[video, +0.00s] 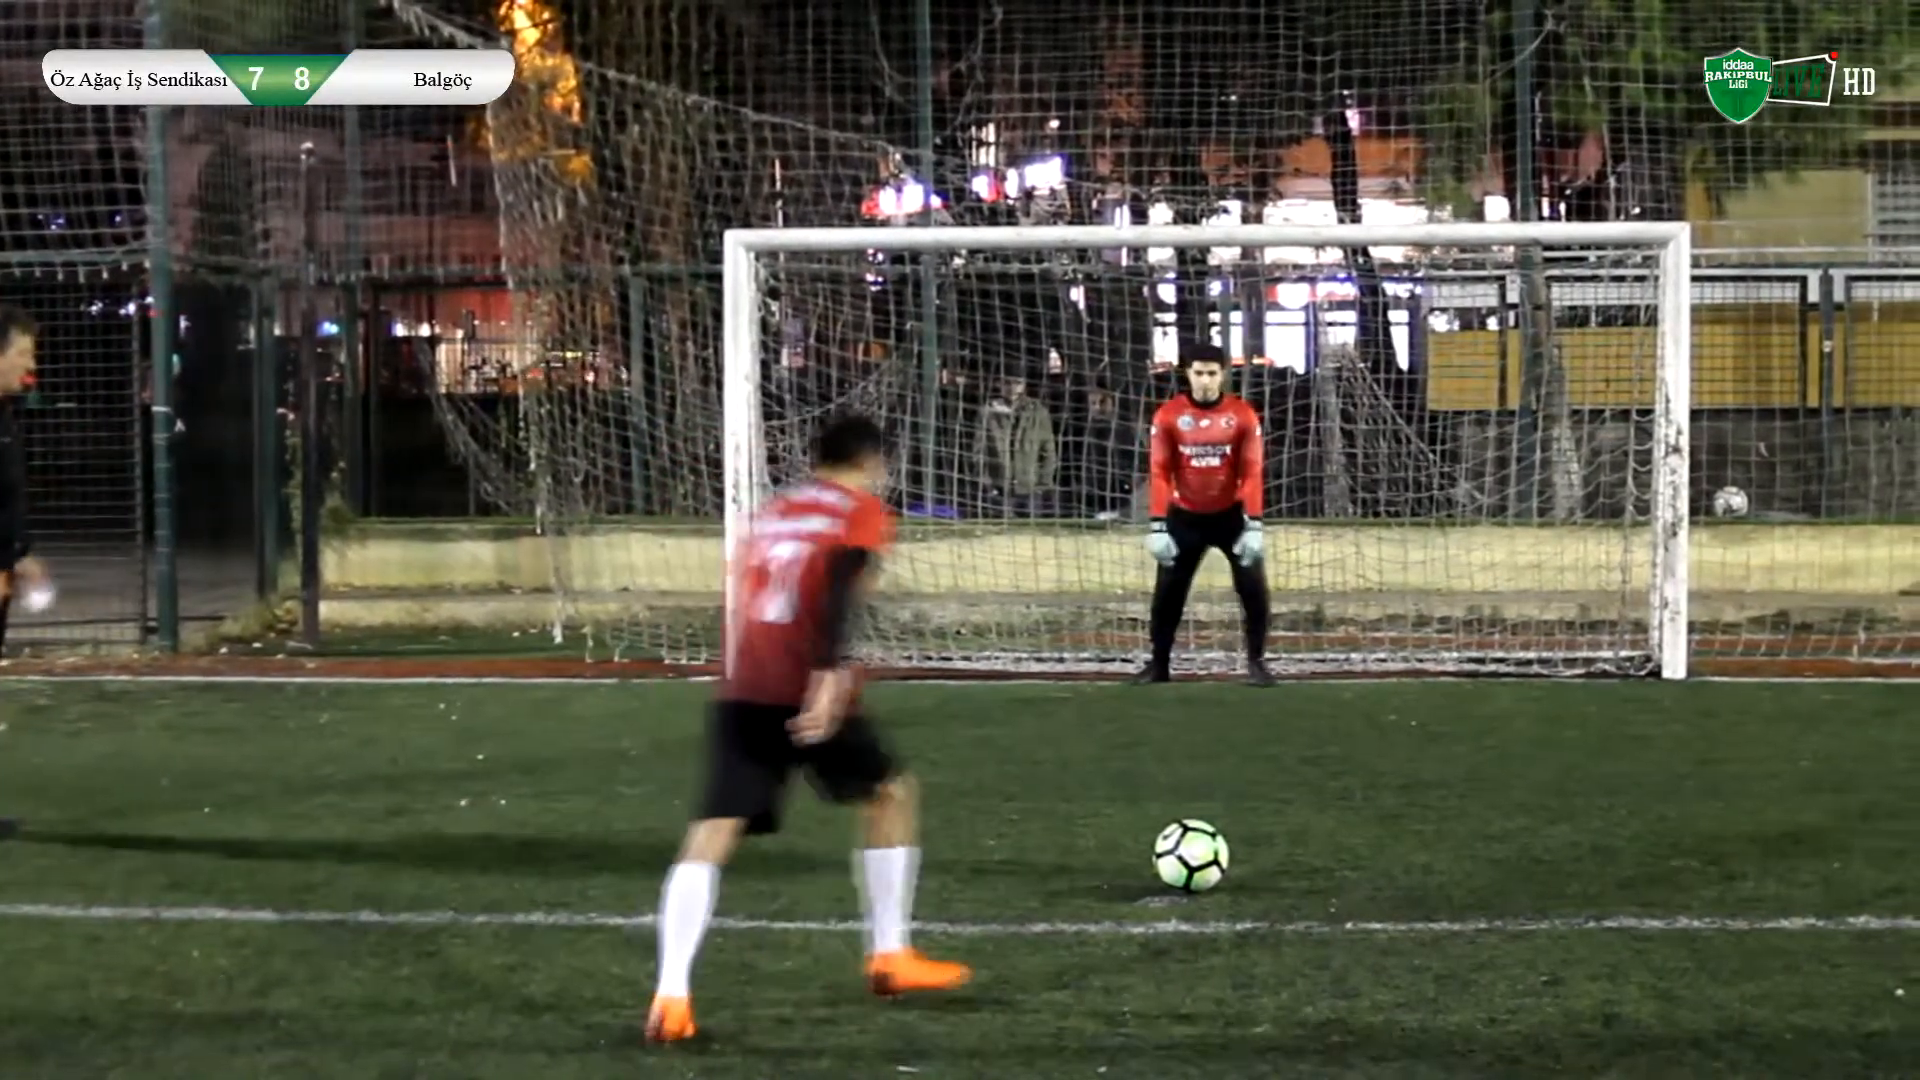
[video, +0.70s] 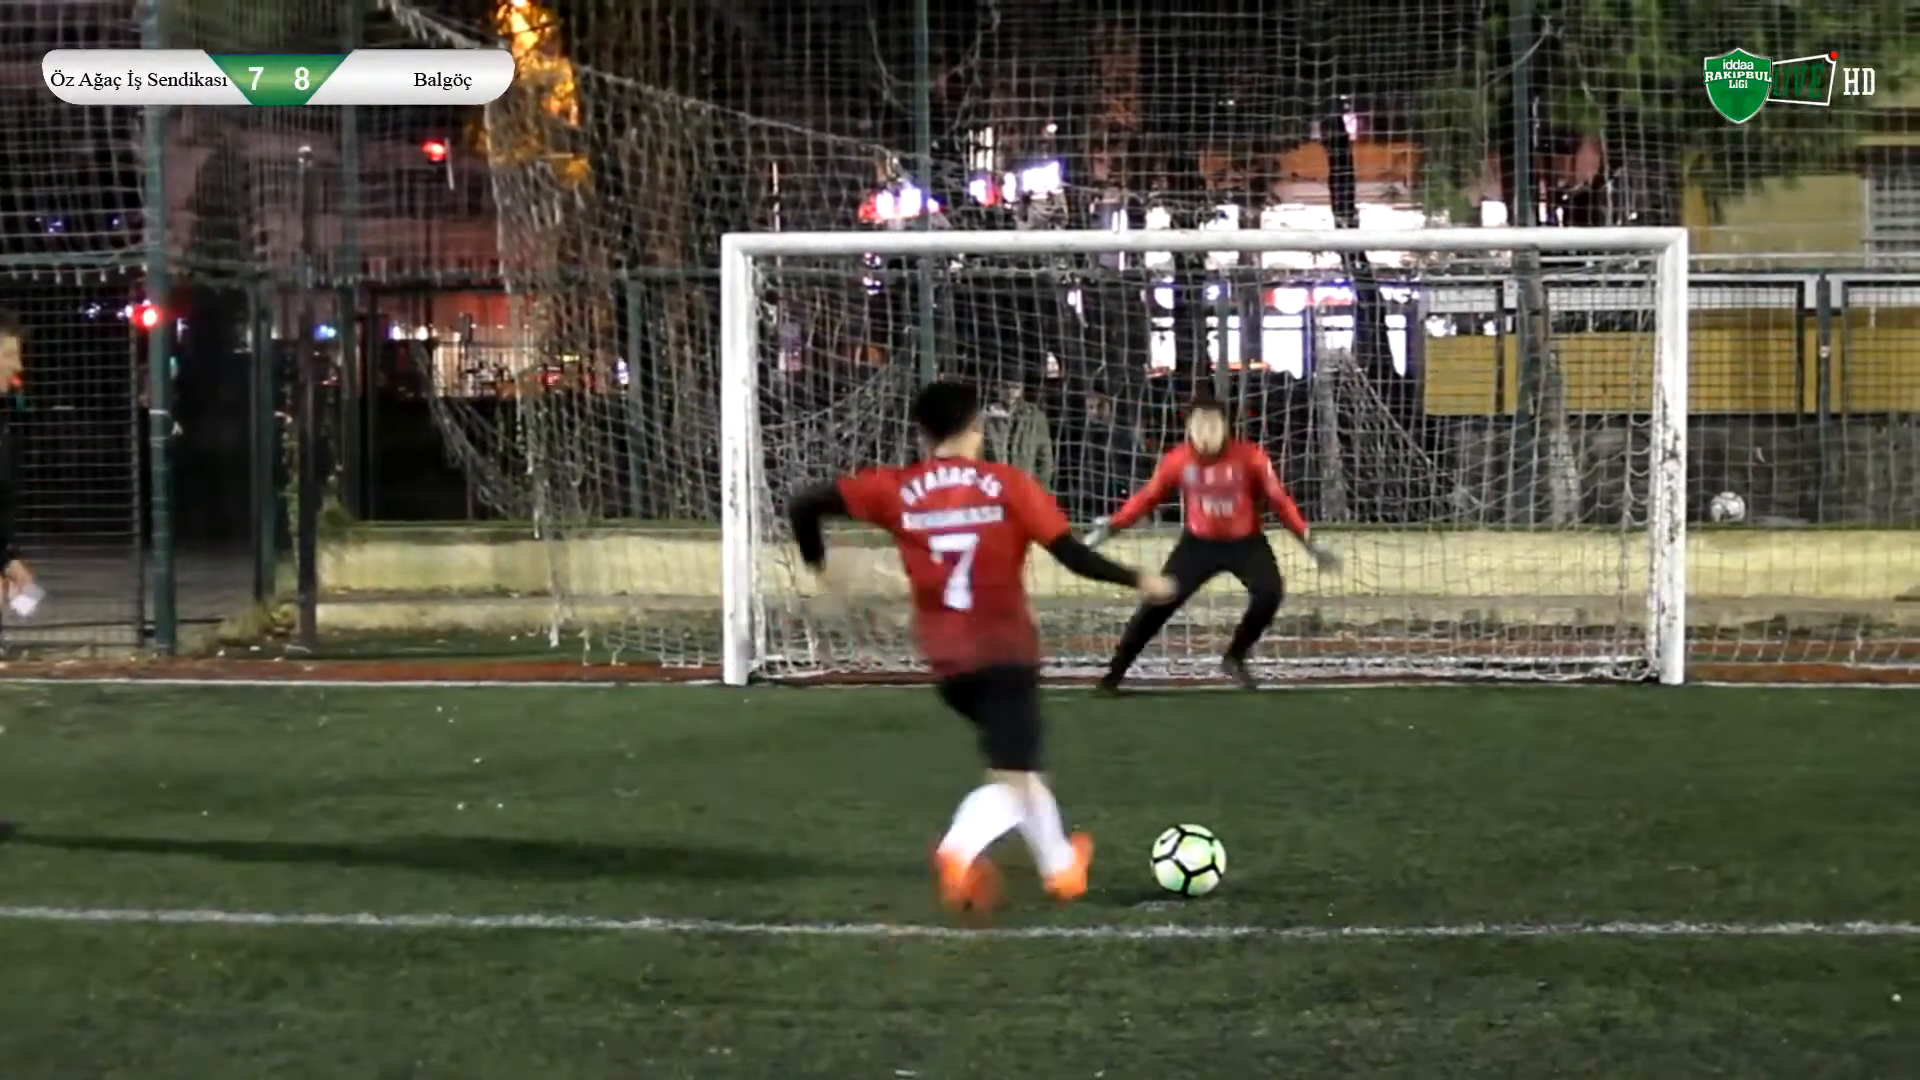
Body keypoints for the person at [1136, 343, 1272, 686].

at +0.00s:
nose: (1205, 381)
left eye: (1212, 374)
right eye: (1198, 374)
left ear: (1223, 375)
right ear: (1187, 375)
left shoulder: (1243, 415)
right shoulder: (1168, 415)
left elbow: (1252, 472)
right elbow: (1158, 472)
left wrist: (1253, 521)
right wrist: (1157, 523)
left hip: (1231, 516)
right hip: (1185, 516)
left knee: (1255, 589)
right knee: (1167, 593)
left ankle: (1256, 660)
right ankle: (1159, 664)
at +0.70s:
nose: (1205, 433)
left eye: (1212, 425)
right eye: (1198, 425)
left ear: (1225, 427)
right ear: (1189, 428)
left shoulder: (1250, 458)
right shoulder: (1179, 461)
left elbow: (1279, 500)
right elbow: (1148, 496)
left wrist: (1309, 540)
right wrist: (1112, 524)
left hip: (1246, 546)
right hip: (1199, 546)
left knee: (1270, 593)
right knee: (1160, 602)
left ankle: (1235, 657)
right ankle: (1114, 674)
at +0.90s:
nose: (1217, 488)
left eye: (1224, 479)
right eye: (1210, 480)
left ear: (1237, 482)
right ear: (1199, 484)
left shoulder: (1255, 512)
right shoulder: (1188, 512)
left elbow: (1283, 539)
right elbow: (1157, 543)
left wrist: (1300, 564)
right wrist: (1123, 566)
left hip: (1247, 585)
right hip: (1201, 581)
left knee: (1278, 608)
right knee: (1154, 620)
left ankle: (1248, 680)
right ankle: (1104, 681)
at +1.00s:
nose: (1235, 495)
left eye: (1245, 488)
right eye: (1229, 486)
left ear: (1259, 495)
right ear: (1219, 489)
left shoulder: (1270, 524)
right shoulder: (1203, 520)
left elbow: (1296, 555)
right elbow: (1179, 548)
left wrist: (1313, 576)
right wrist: (1149, 564)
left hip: (1254, 601)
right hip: (1209, 595)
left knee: (1283, 631)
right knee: (1155, 627)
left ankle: (1240, 692)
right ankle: (1098, 687)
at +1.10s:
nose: (1282, 498)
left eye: (1291, 491)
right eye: (1275, 490)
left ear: (1303, 497)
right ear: (1262, 493)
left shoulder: (1314, 530)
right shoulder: (1242, 525)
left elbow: (1333, 585)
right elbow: (1199, 562)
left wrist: (1340, 568)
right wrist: (1222, 564)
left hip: (1272, 616)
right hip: (1229, 608)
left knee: (1300, 639)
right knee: (1180, 642)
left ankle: (1238, 694)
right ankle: (1112, 674)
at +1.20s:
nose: (1336, 508)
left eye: (1344, 502)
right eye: (1329, 498)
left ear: (1352, 508)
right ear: (1311, 499)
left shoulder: (1353, 542)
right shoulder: (1282, 529)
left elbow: (1382, 572)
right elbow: (1234, 560)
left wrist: (1397, 575)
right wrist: (1283, 552)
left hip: (1294, 623)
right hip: (1254, 614)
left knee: (1321, 664)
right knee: (1197, 648)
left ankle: (1250, 690)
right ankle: (1124, 674)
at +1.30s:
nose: (1378, 508)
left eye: (1387, 503)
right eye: (1374, 500)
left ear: (1398, 510)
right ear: (1360, 502)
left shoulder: (1395, 551)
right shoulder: (1342, 531)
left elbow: (1432, 580)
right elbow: (1328, 540)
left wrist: (1447, 559)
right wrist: (1366, 522)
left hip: (1321, 640)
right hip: (1287, 618)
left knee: (1339, 690)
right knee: (1217, 656)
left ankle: (1257, 694)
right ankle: (1133, 690)